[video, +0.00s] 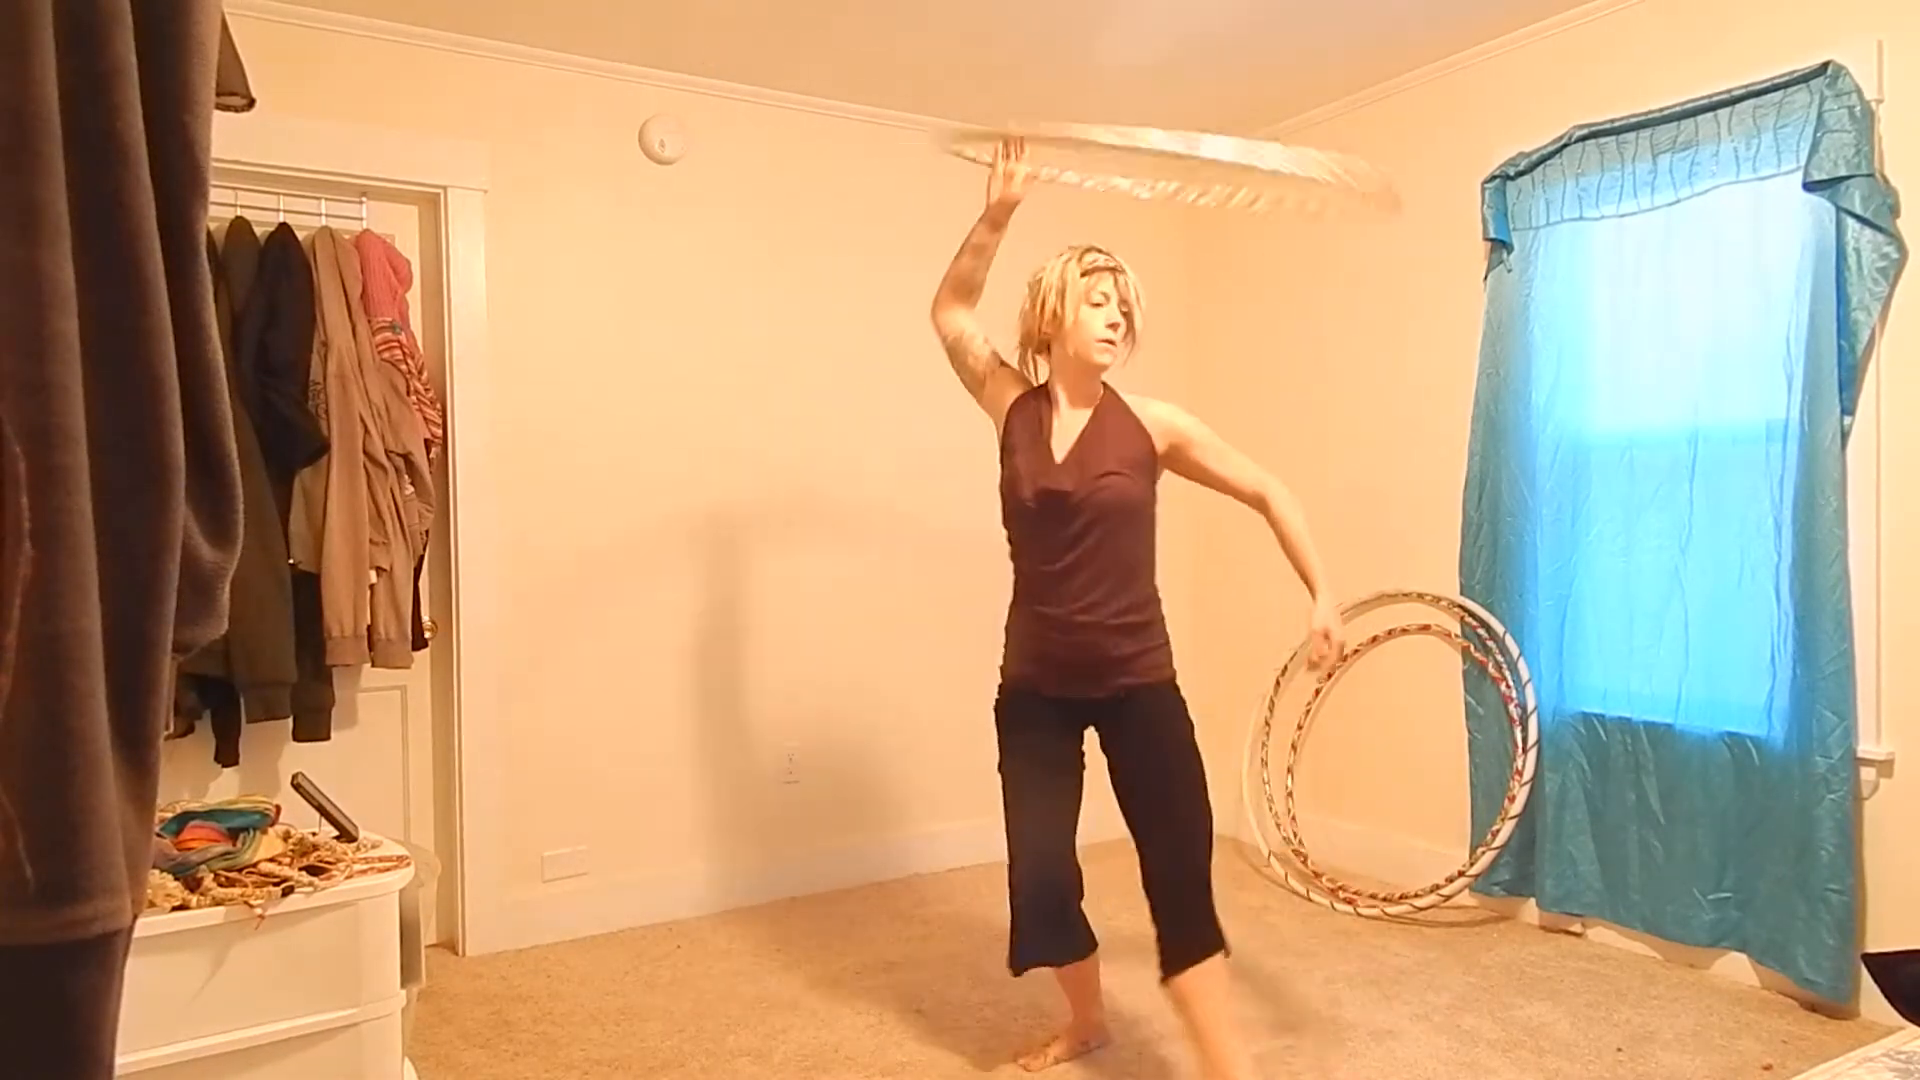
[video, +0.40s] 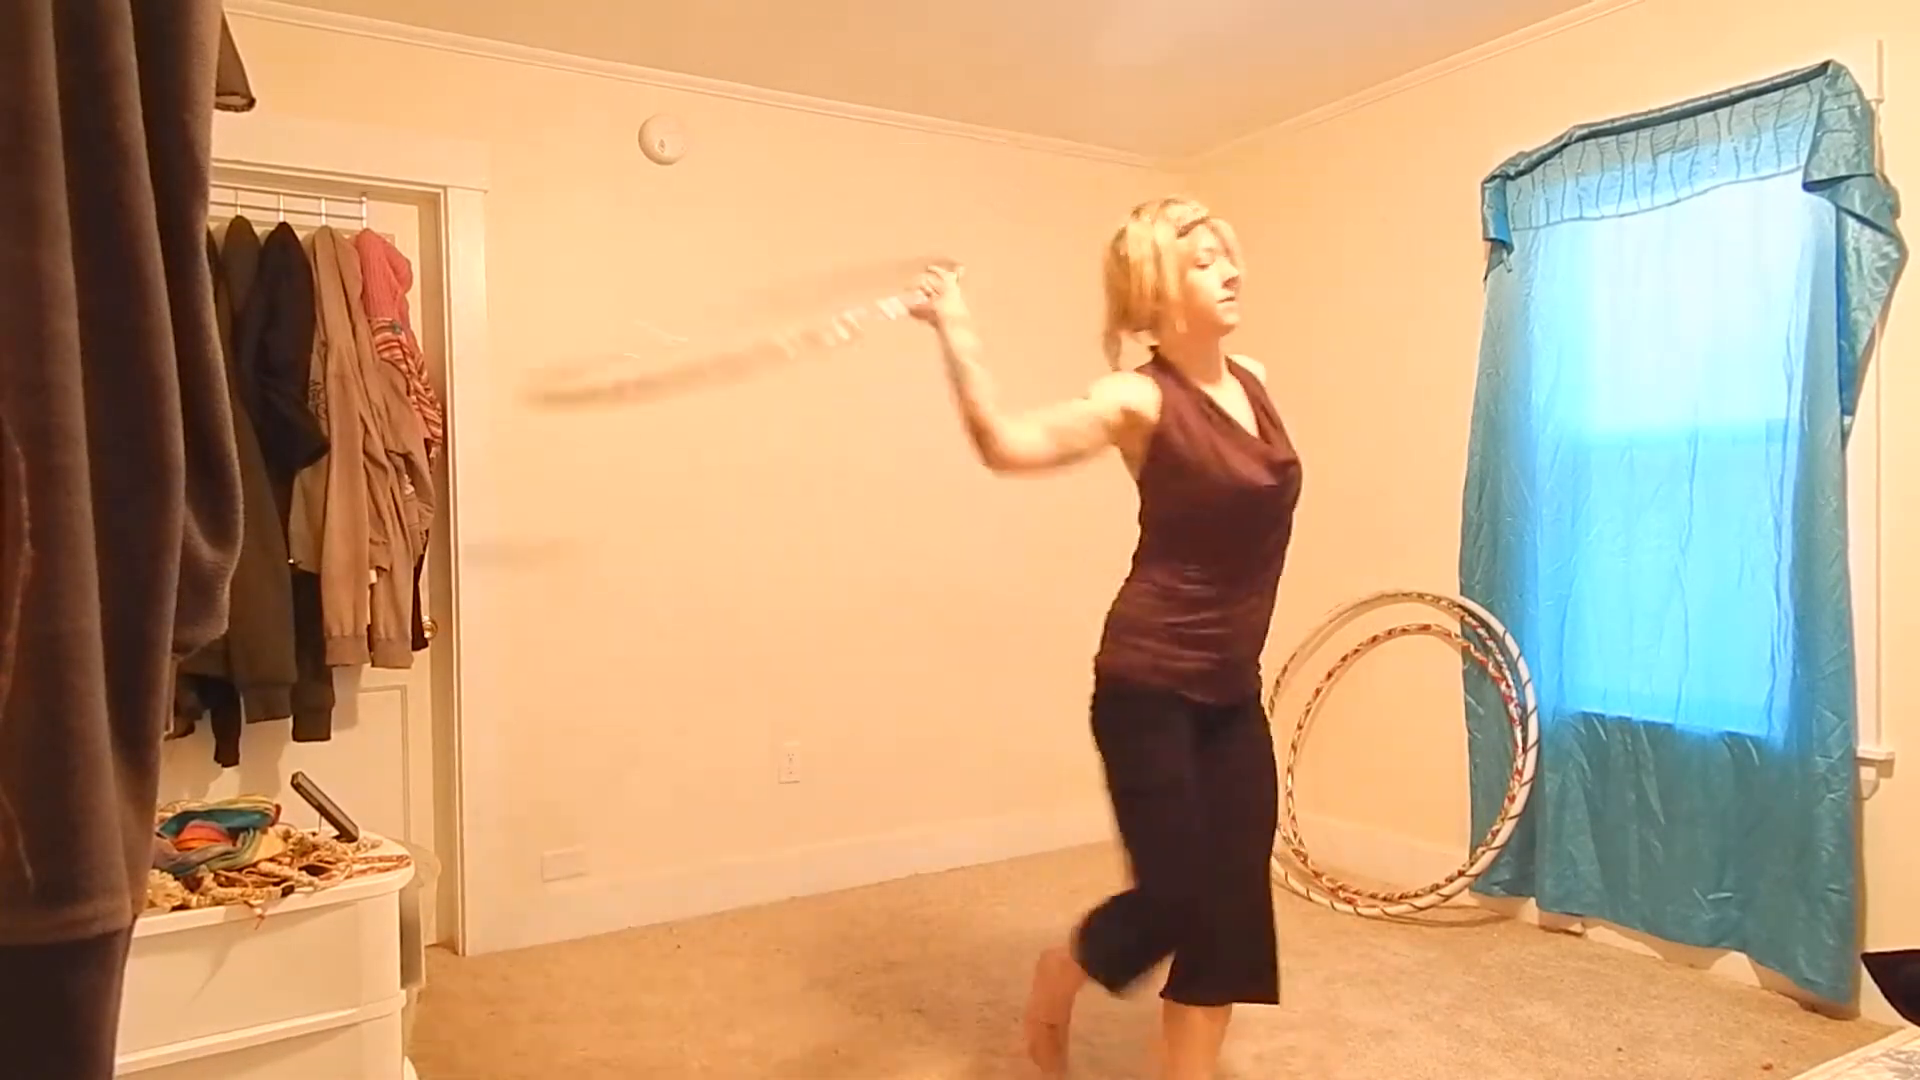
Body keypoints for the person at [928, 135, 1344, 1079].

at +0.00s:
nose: (1117, 317)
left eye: (1124, 305)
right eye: (1099, 301)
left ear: (1129, 327)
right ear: (1050, 316)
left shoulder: (1151, 423)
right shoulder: (1014, 404)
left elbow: (1269, 494)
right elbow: (951, 313)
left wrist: (1324, 605)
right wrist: (992, 219)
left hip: (1139, 678)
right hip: (1037, 680)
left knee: (1178, 868)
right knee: (1038, 869)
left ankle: (1223, 1061)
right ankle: (1085, 1029)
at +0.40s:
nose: (1228, 273)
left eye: (1227, 258)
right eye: (1204, 262)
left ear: (1234, 272)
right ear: (1156, 290)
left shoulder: (1248, 381)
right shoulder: (1139, 398)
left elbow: (1241, 504)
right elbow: (1004, 445)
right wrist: (953, 327)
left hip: (1232, 684)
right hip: (1148, 682)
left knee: (1230, 917)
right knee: (1176, 897)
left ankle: (1186, 1064)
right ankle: (1059, 974)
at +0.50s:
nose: (1274, 281)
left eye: (1273, 265)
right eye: (1256, 264)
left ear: (1239, 283)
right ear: (1199, 277)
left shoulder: (1245, 383)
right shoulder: (1165, 390)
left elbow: (1235, 517)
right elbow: (1124, 512)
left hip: (1230, 670)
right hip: (1165, 671)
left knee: (1267, 885)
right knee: (1261, 883)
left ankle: (1196, 1066)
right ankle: (1100, 989)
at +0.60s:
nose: (1303, 305)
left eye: (1304, 285)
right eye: (1293, 282)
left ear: (1233, 285)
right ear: (1239, 279)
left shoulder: (1223, 389)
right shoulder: (1178, 383)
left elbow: (1209, 548)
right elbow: (1205, 525)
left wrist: (1247, 644)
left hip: (1213, 668)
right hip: (1189, 672)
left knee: (1269, 878)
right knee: (1328, 863)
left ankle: (1198, 1051)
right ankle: (1195, 1047)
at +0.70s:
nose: (1295, 326)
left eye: (1297, 306)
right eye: (1292, 303)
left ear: (1222, 292)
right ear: (1251, 290)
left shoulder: (1166, 380)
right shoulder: (1212, 375)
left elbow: (1195, 549)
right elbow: (1247, 536)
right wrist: (1391, 500)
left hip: (1176, 675)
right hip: (1229, 673)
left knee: (1250, 886)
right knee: (1353, 861)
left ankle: (1194, 1069)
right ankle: (1304, 1067)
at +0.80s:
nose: (1277, 302)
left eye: (1277, 284)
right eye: (1274, 284)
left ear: (1183, 286)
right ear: (1250, 282)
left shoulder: (1140, 379)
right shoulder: (1259, 358)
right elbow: (1283, 527)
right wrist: (1370, 505)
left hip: (1169, 682)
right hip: (1265, 677)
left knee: (1225, 887)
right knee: (1320, 880)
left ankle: (1189, 1070)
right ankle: (1325, 1069)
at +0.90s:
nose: (1267, 283)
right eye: (1258, 267)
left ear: (1158, 286)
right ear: (1248, 274)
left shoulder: (1131, 380)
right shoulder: (1300, 356)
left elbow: (1132, 540)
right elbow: (1335, 517)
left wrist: (1210, 488)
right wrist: (1326, 439)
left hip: (1177, 675)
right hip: (1288, 669)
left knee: (1208, 876)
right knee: (1292, 868)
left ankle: (1188, 1067)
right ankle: (1300, 1057)